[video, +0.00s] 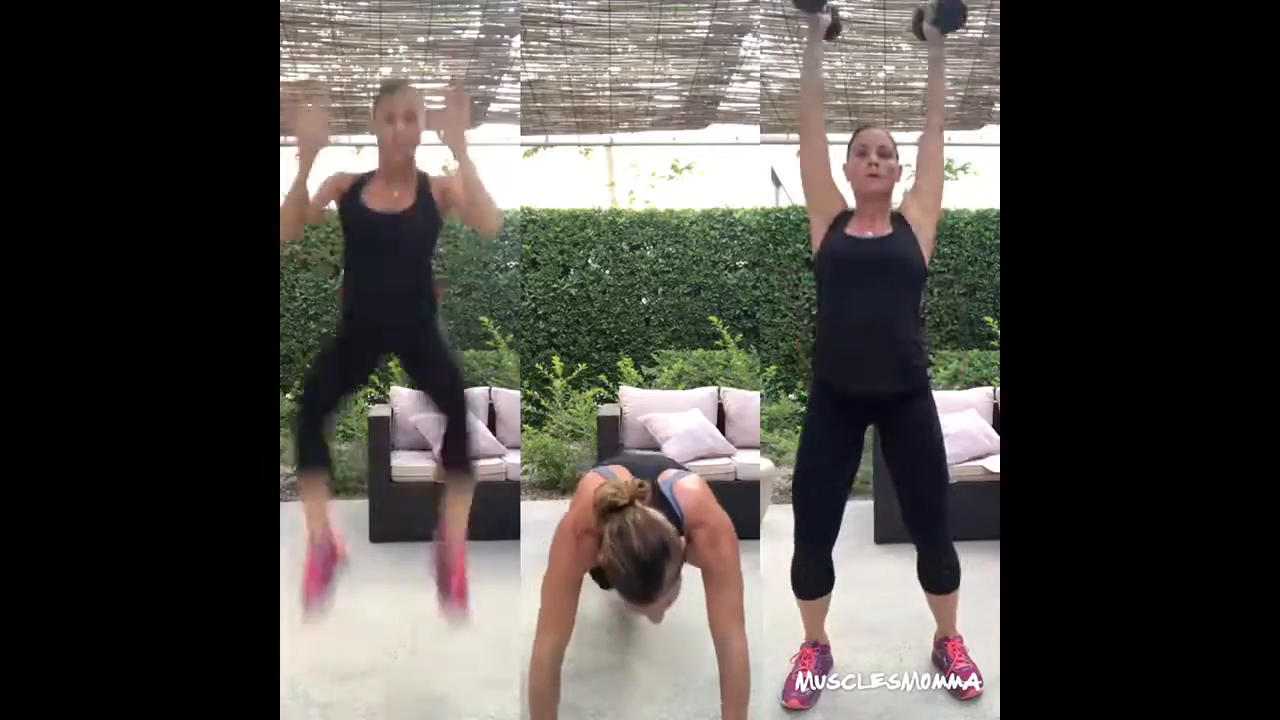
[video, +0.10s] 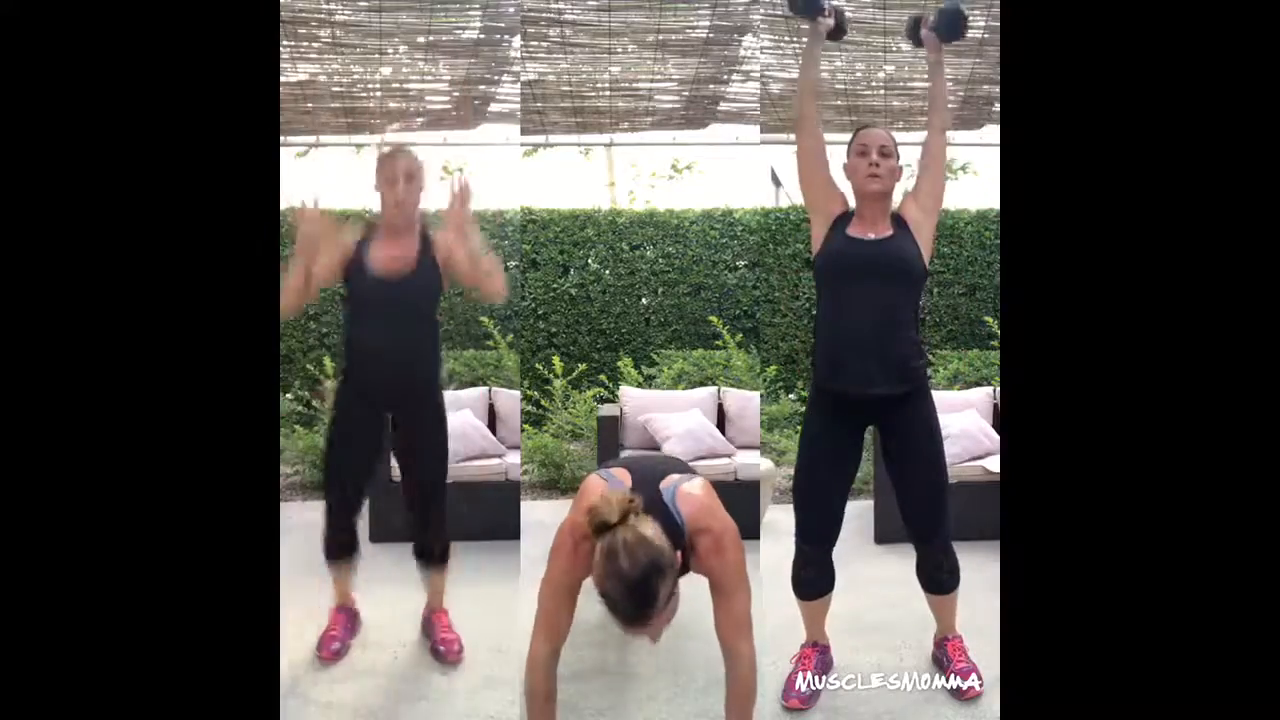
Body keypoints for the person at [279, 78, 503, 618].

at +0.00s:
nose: (400, 128)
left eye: (410, 118)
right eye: (390, 118)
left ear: (423, 126)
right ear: (374, 126)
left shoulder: (439, 186)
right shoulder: (349, 184)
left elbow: (489, 223)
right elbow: (288, 229)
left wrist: (459, 146)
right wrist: (307, 156)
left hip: (417, 331)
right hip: (361, 330)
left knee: (458, 413)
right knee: (309, 412)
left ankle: (452, 546)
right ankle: (322, 542)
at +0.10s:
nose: (402, 190)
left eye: (411, 179)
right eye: (393, 180)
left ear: (423, 186)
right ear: (378, 185)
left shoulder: (439, 242)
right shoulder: (352, 243)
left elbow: (496, 290)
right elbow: (290, 303)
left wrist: (466, 234)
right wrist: (305, 249)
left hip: (419, 394)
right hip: (360, 393)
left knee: (431, 505)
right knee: (340, 502)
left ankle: (436, 611)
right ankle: (343, 608)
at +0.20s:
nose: (401, 205)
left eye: (411, 195)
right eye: (390, 196)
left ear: (425, 202)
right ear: (375, 202)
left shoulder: (448, 263)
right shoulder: (349, 259)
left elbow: (492, 334)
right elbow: (311, 331)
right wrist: (300, 319)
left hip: (422, 405)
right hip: (359, 404)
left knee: (438, 511)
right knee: (341, 511)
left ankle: (437, 611)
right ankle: (346, 611)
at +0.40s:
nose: (404, 211)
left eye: (414, 200)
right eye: (393, 199)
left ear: (430, 189)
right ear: (376, 188)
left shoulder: (450, 243)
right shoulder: (347, 238)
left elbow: (484, 316)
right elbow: (319, 317)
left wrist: (476, 339)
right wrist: (314, 375)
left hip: (425, 388)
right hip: (364, 388)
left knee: (430, 501)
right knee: (358, 498)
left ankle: (437, 609)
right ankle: (345, 607)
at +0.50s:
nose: (404, 241)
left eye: (414, 230)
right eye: (394, 230)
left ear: (429, 217)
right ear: (377, 216)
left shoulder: (452, 262)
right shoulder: (349, 258)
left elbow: (487, 336)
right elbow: (317, 338)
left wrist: (483, 374)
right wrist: (310, 408)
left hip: (427, 394)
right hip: (367, 393)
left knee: (431, 502)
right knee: (360, 498)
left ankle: (437, 610)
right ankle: (347, 608)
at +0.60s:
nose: (404, 293)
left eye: (414, 282)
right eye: (394, 283)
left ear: (428, 265)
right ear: (378, 266)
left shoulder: (453, 295)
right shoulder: (349, 293)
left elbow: (488, 376)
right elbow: (312, 379)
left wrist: (487, 451)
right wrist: (309, 463)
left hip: (429, 396)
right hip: (368, 395)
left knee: (432, 502)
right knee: (360, 500)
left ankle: (437, 610)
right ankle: (347, 608)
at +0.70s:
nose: (404, 357)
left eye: (413, 347)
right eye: (393, 348)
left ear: (426, 325)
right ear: (377, 327)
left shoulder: (453, 338)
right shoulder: (347, 338)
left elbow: (484, 422)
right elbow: (313, 434)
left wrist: (483, 515)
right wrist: (307, 531)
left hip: (428, 398)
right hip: (367, 399)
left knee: (434, 502)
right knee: (356, 499)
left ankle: (437, 611)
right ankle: (347, 609)